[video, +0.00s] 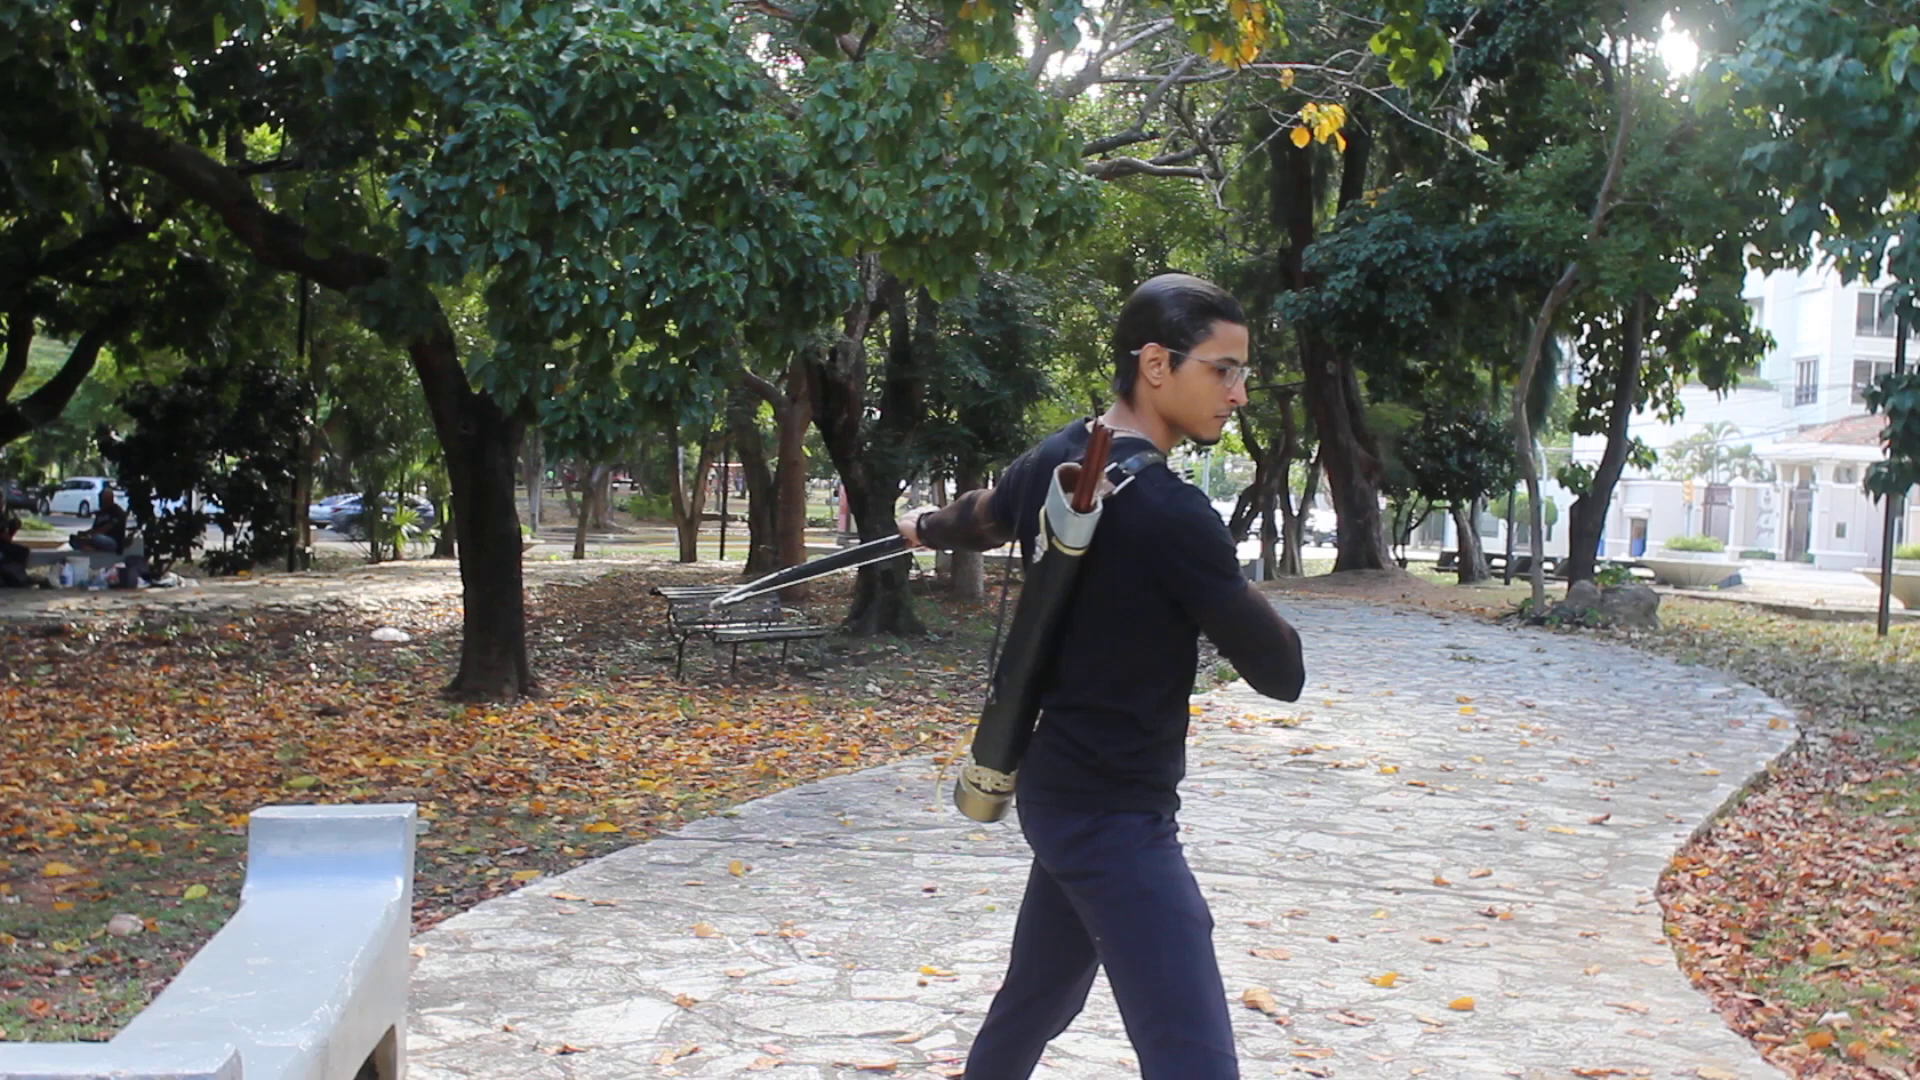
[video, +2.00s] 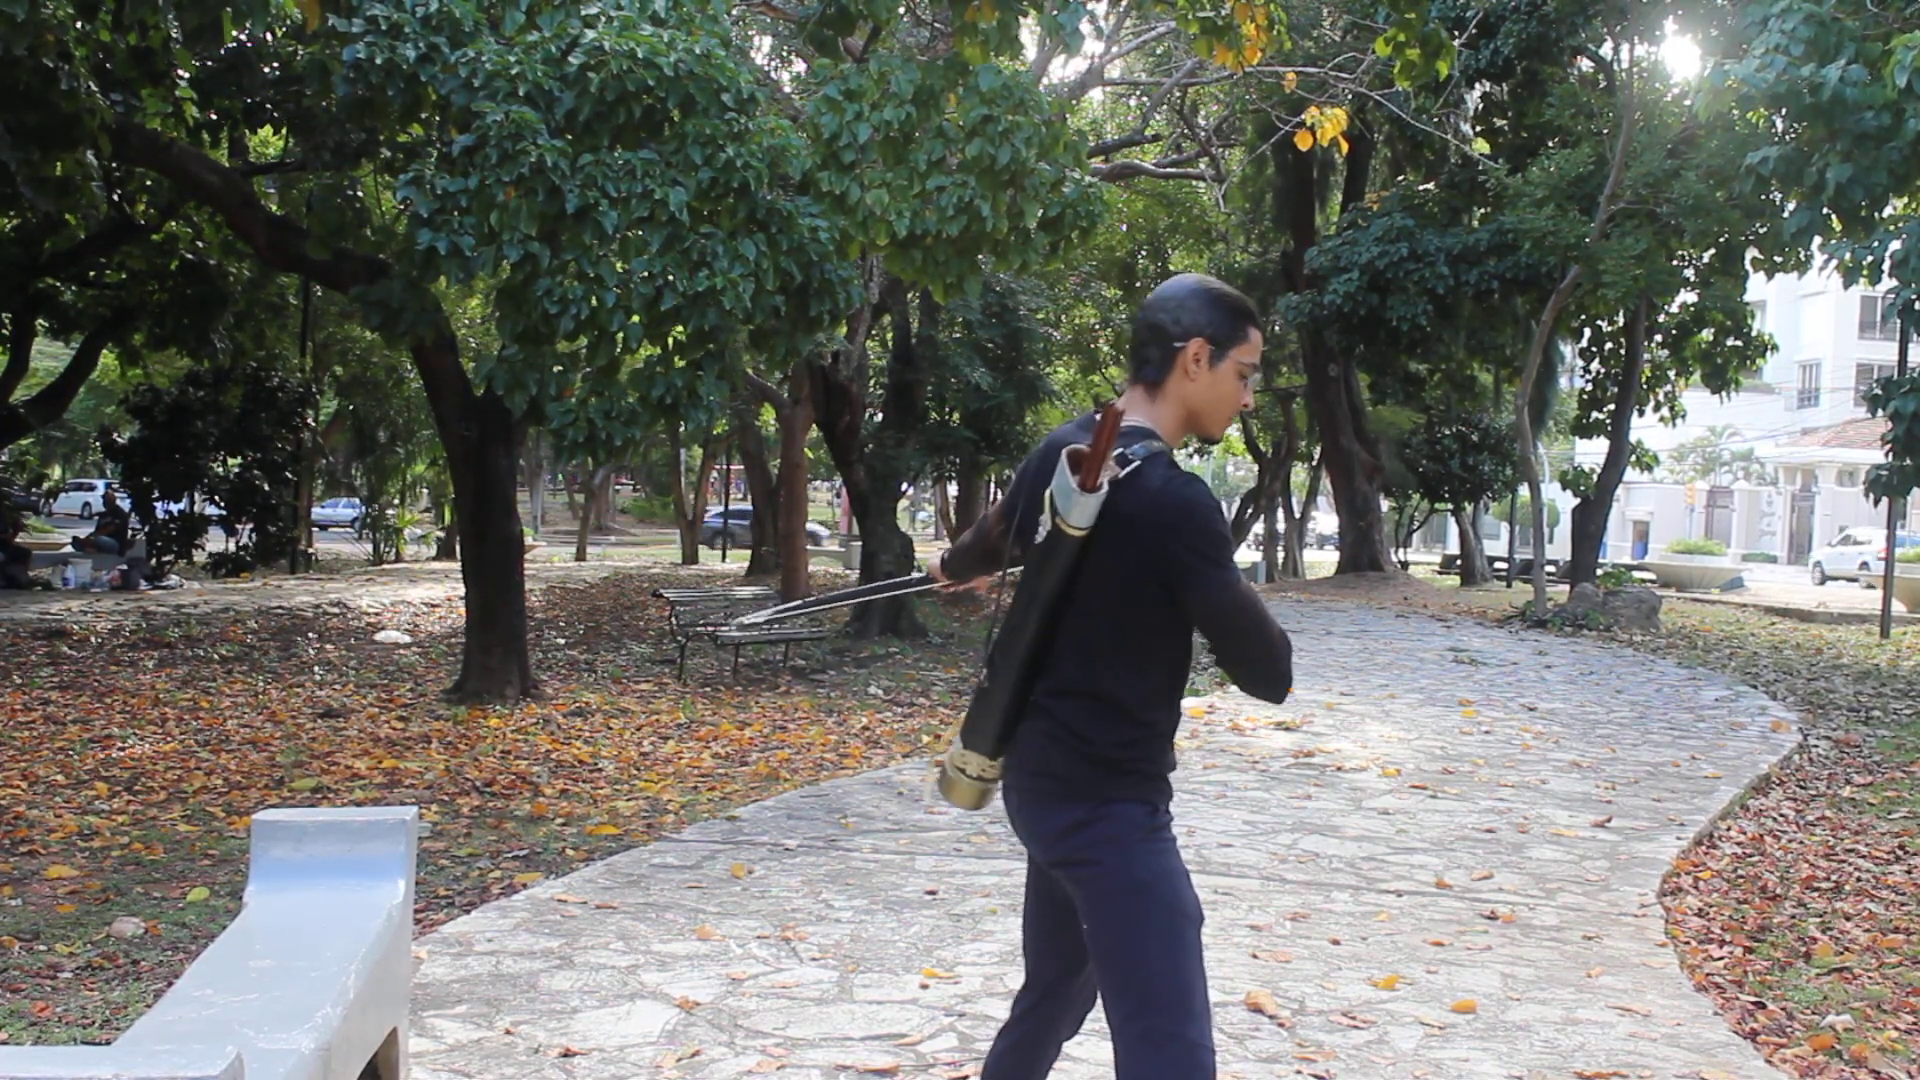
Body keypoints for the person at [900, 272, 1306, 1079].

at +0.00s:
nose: (1241, 392)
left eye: (1242, 371)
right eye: (1224, 368)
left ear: (1151, 371)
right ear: (1153, 367)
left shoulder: (1063, 451)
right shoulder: (1172, 509)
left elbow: (987, 512)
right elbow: (1282, 673)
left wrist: (929, 525)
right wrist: (1221, 585)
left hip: (1067, 791)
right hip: (1112, 811)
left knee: (1035, 1005)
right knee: (1195, 1055)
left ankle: (981, 1075)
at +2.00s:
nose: (1250, 397)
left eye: (1253, 378)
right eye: (1245, 374)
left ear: (1173, 359)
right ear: (1192, 359)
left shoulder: (1066, 445)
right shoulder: (1174, 496)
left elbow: (985, 543)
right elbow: (1270, 674)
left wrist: (955, 567)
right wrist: (1221, 583)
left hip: (1046, 781)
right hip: (1107, 801)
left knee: (1053, 1000)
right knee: (1171, 1052)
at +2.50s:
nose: (1221, 423)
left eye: (1229, 405)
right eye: (1225, 399)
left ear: (1138, 373)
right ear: (1188, 376)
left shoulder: (1044, 456)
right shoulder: (1156, 491)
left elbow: (980, 609)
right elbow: (1182, 679)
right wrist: (1193, 631)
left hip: (1013, 763)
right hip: (1078, 779)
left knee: (1070, 1012)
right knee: (1137, 1041)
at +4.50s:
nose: (1190, 393)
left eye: (1192, 375)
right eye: (1176, 372)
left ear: (1111, 377)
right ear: (1116, 372)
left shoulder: (1029, 456)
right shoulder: (1137, 494)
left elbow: (958, 554)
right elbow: (1225, 630)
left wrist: (907, 599)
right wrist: (1161, 565)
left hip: (1021, 747)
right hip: (1068, 765)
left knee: (1006, 959)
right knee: (1102, 997)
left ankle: (968, 1071)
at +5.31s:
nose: (1219, 425)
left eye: (1226, 406)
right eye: (1202, 403)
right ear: (1142, 402)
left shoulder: (1089, 475)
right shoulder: (1140, 517)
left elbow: (1013, 567)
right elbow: (1240, 679)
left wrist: (956, 624)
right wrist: (1187, 592)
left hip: (1075, 784)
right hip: (1069, 796)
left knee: (1046, 980)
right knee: (1155, 1018)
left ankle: (988, 1072)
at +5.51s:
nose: (1214, 417)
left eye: (1225, 395)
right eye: (1191, 395)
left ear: (1236, 394)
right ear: (1136, 395)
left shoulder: (1167, 505)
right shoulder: (1103, 513)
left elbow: (1162, 654)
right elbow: (1187, 689)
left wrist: (1215, 647)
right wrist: (1250, 646)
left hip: (1158, 803)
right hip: (1079, 806)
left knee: (1146, 1025)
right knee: (1155, 1047)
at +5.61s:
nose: (1192, 404)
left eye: (1207, 380)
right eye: (1168, 381)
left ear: (1224, 381)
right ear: (1124, 383)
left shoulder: (1183, 495)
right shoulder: (1077, 507)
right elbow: (1109, 684)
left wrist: (1239, 642)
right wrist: (1247, 660)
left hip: (1185, 798)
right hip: (1085, 805)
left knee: (1235, 1026)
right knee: (1146, 1056)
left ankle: (1155, 1067)